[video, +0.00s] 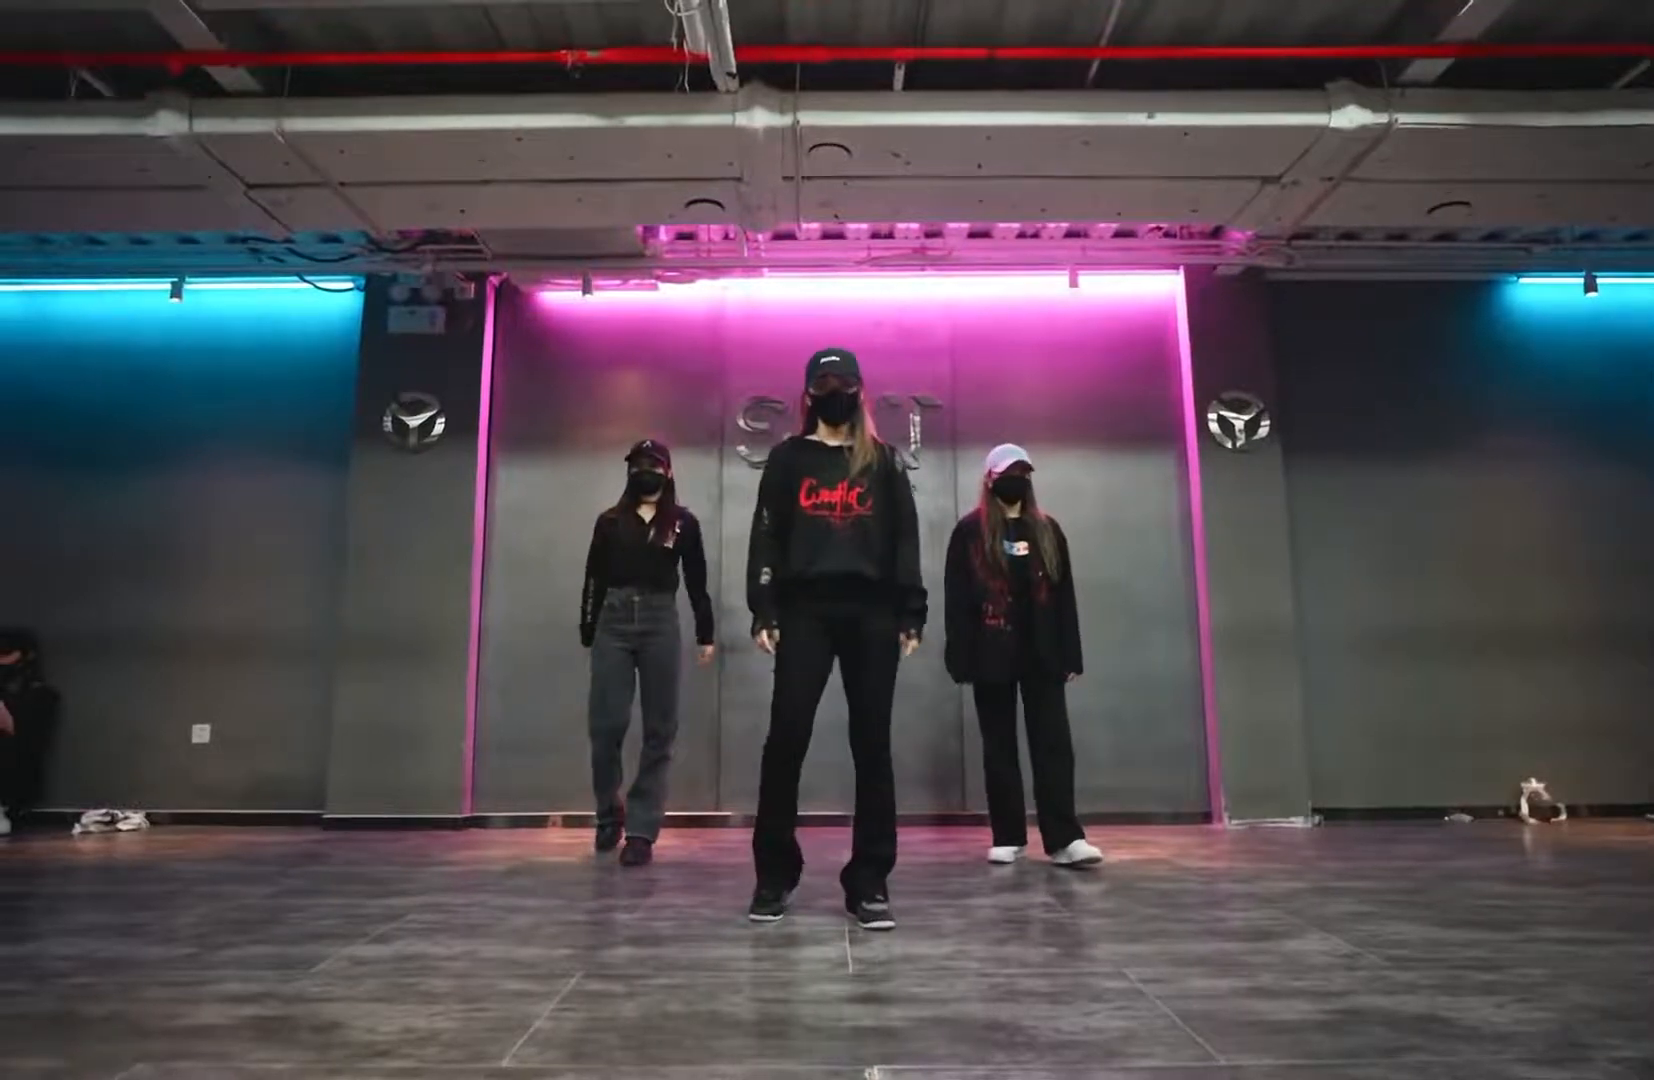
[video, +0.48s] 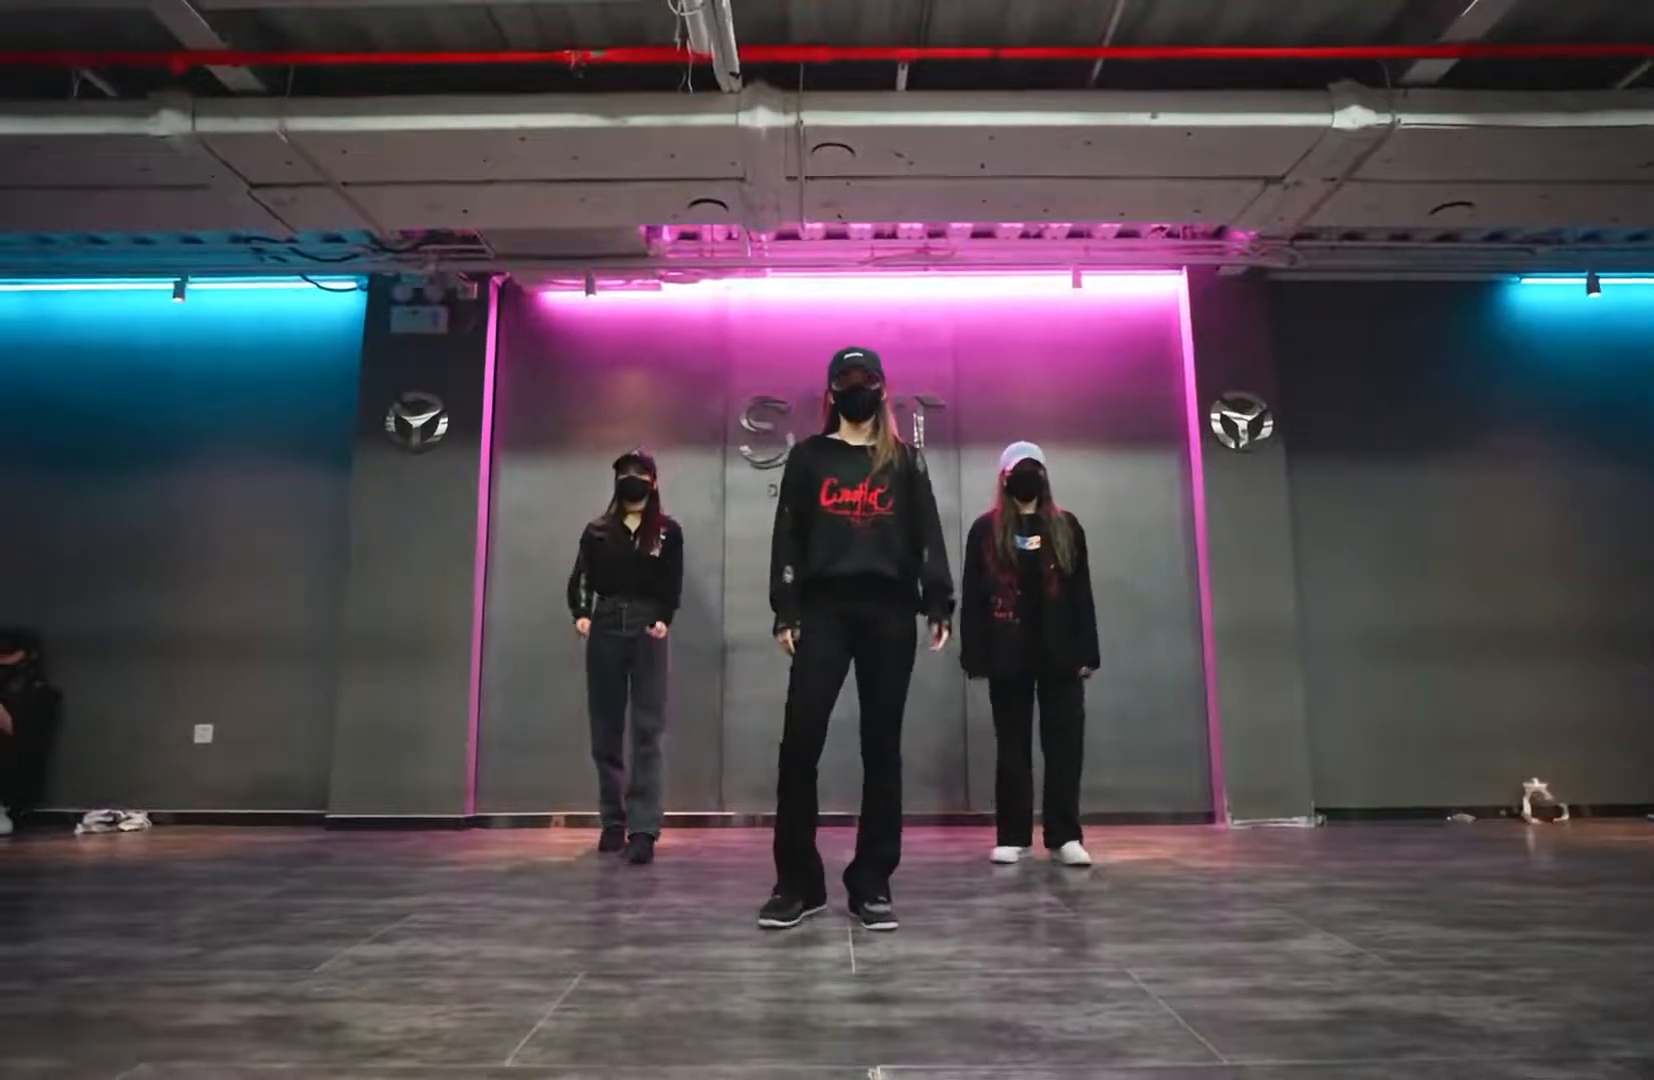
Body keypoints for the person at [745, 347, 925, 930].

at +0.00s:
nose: (835, 392)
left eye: (844, 384)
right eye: (825, 384)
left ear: (858, 390)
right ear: (810, 391)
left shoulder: (883, 461)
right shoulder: (787, 458)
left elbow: (906, 542)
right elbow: (764, 539)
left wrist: (910, 613)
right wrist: (763, 610)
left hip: (873, 618)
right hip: (804, 616)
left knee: (872, 749)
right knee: (785, 744)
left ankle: (869, 884)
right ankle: (773, 878)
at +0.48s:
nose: (857, 389)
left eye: (866, 381)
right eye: (847, 381)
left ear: (881, 388)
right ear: (832, 389)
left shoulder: (904, 459)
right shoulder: (807, 456)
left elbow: (930, 537)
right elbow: (785, 538)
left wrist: (940, 603)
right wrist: (785, 610)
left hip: (890, 616)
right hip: (822, 615)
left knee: (881, 750)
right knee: (798, 745)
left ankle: (872, 884)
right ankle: (795, 884)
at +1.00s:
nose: (832, 390)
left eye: (841, 381)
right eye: (822, 381)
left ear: (856, 389)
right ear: (807, 390)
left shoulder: (879, 461)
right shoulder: (784, 459)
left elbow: (903, 541)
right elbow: (763, 542)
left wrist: (908, 608)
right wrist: (767, 611)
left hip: (868, 616)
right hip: (801, 616)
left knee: (867, 749)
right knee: (803, 749)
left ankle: (867, 884)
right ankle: (811, 880)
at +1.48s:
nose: (820, 398)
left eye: (829, 389)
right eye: (810, 389)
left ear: (843, 396)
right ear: (794, 398)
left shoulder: (868, 464)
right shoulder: (773, 466)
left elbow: (895, 542)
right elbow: (754, 549)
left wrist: (898, 612)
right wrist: (760, 619)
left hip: (861, 618)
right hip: (795, 619)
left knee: (865, 747)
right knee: (804, 749)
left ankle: (865, 882)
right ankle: (812, 879)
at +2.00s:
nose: (830, 402)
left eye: (838, 393)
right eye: (820, 393)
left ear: (852, 399)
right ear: (804, 401)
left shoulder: (875, 467)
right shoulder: (781, 468)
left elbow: (900, 548)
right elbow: (761, 551)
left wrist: (899, 617)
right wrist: (765, 621)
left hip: (866, 620)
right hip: (800, 620)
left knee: (872, 742)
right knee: (807, 748)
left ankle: (883, 869)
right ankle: (812, 877)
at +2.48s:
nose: (839, 411)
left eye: (848, 403)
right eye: (829, 403)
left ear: (861, 412)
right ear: (811, 410)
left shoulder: (877, 483)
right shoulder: (784, 473)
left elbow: (899, 557)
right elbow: (776, 550)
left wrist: (935, 606)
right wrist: (812, 590)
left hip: (865, 633)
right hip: (802, 632)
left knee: (871, 755)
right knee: (787, 763)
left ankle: (881, 868)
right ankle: (830, 832)